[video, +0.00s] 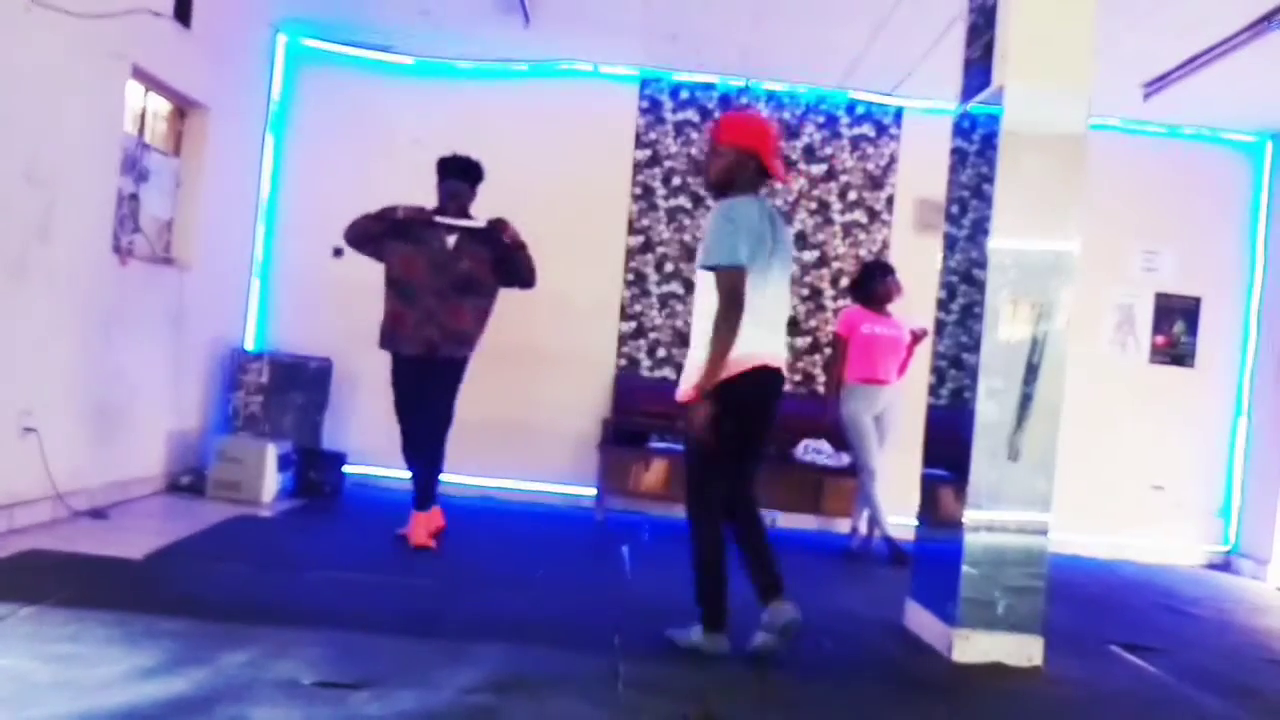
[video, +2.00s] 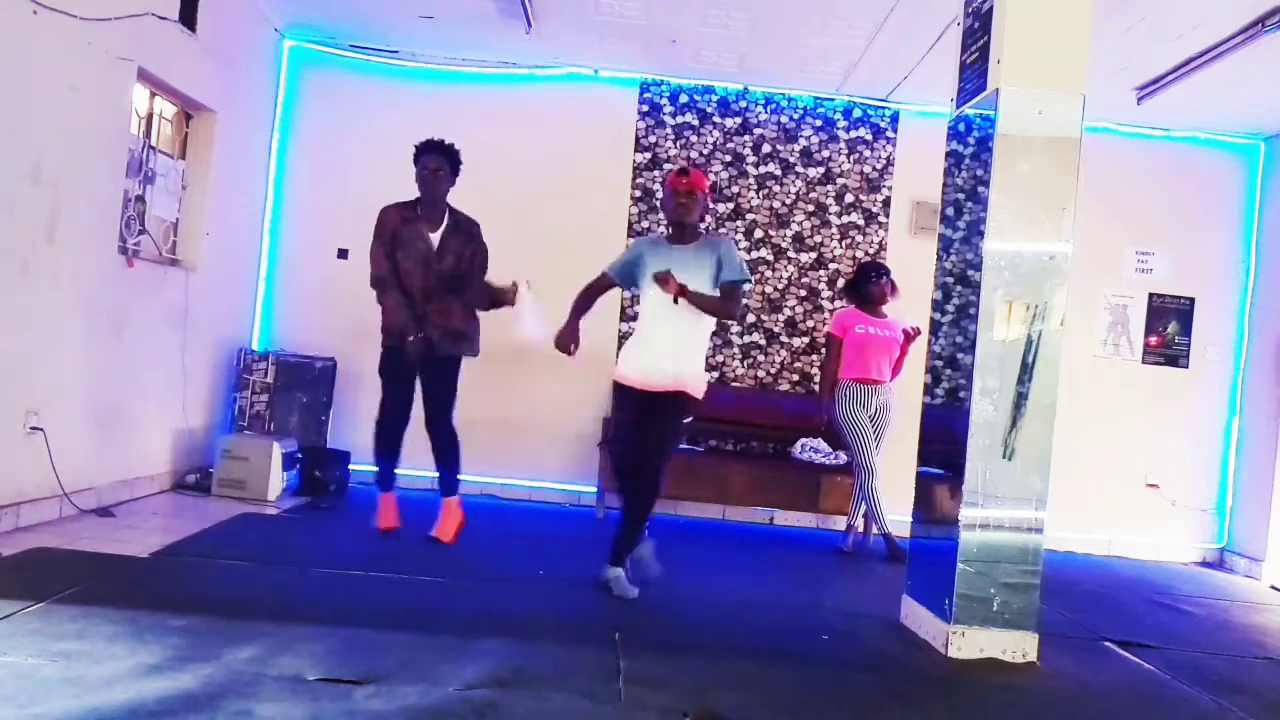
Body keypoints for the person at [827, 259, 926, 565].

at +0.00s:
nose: (897, 287)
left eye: (895, 280)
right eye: (890, 281)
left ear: (889, 285)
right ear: (874, 286)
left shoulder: (895, 325)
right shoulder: (852, 316)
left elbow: (898, 372)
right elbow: (837, 362)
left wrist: (912, 346)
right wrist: (833, 401)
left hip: (887, 391)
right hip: (857, 389)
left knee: (872, 466)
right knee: (869, 464)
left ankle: (858, 531)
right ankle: (887, 536)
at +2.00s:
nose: (888, 285)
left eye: (889, 280)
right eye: (881, 280)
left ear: (889, 287)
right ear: (865, 287)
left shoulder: (894, 328)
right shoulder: (845, 317)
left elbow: (892, 374)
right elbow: (830, 364)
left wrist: (905, 347)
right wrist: (825, 404)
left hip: (881, 397)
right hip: (850, 395)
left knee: (868, 464)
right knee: (867, 463)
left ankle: (850, 532)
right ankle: (887, 536)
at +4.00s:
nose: (879, 294)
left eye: (881, 287)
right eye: (872, 287)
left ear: (885, 289)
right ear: (856, 288)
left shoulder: (888, 327)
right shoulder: (839, 317)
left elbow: (889, 376)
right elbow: (825, 364)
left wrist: (898, 347)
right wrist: (819, 403)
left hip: (876, 397)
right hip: (844, 394)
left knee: (864, 465)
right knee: (862, 463)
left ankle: (846, 532)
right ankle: (884, 534)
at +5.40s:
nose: (879, 283)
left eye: (882, 278)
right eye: (871, 278)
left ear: (887, 286)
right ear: (859, 287)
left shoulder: (893, 326)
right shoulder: (842, 318)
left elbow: (893, 376)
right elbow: (828, 365)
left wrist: (903, 349)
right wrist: (823, 406)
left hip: (880, 397)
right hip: (847, 393)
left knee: (866, 465)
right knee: (861, 463)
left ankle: (848, 531)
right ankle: (881, 536)